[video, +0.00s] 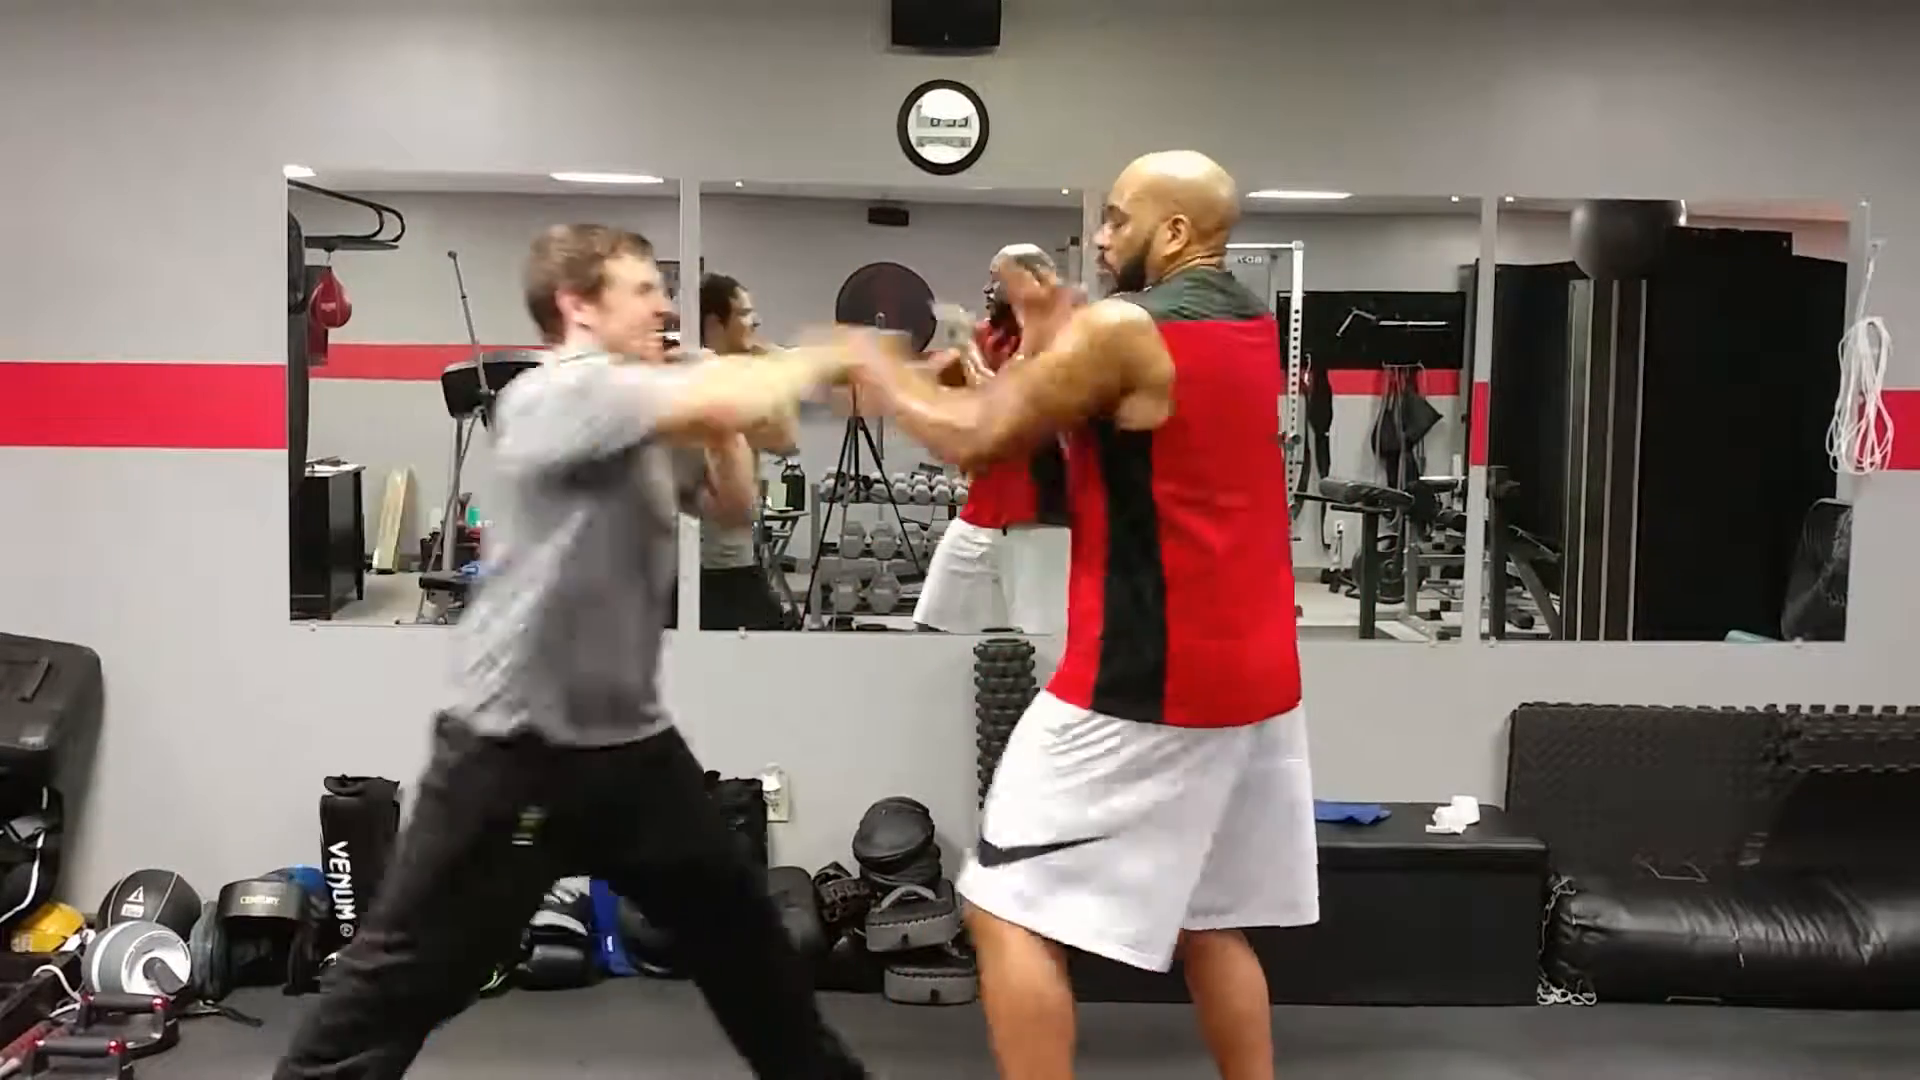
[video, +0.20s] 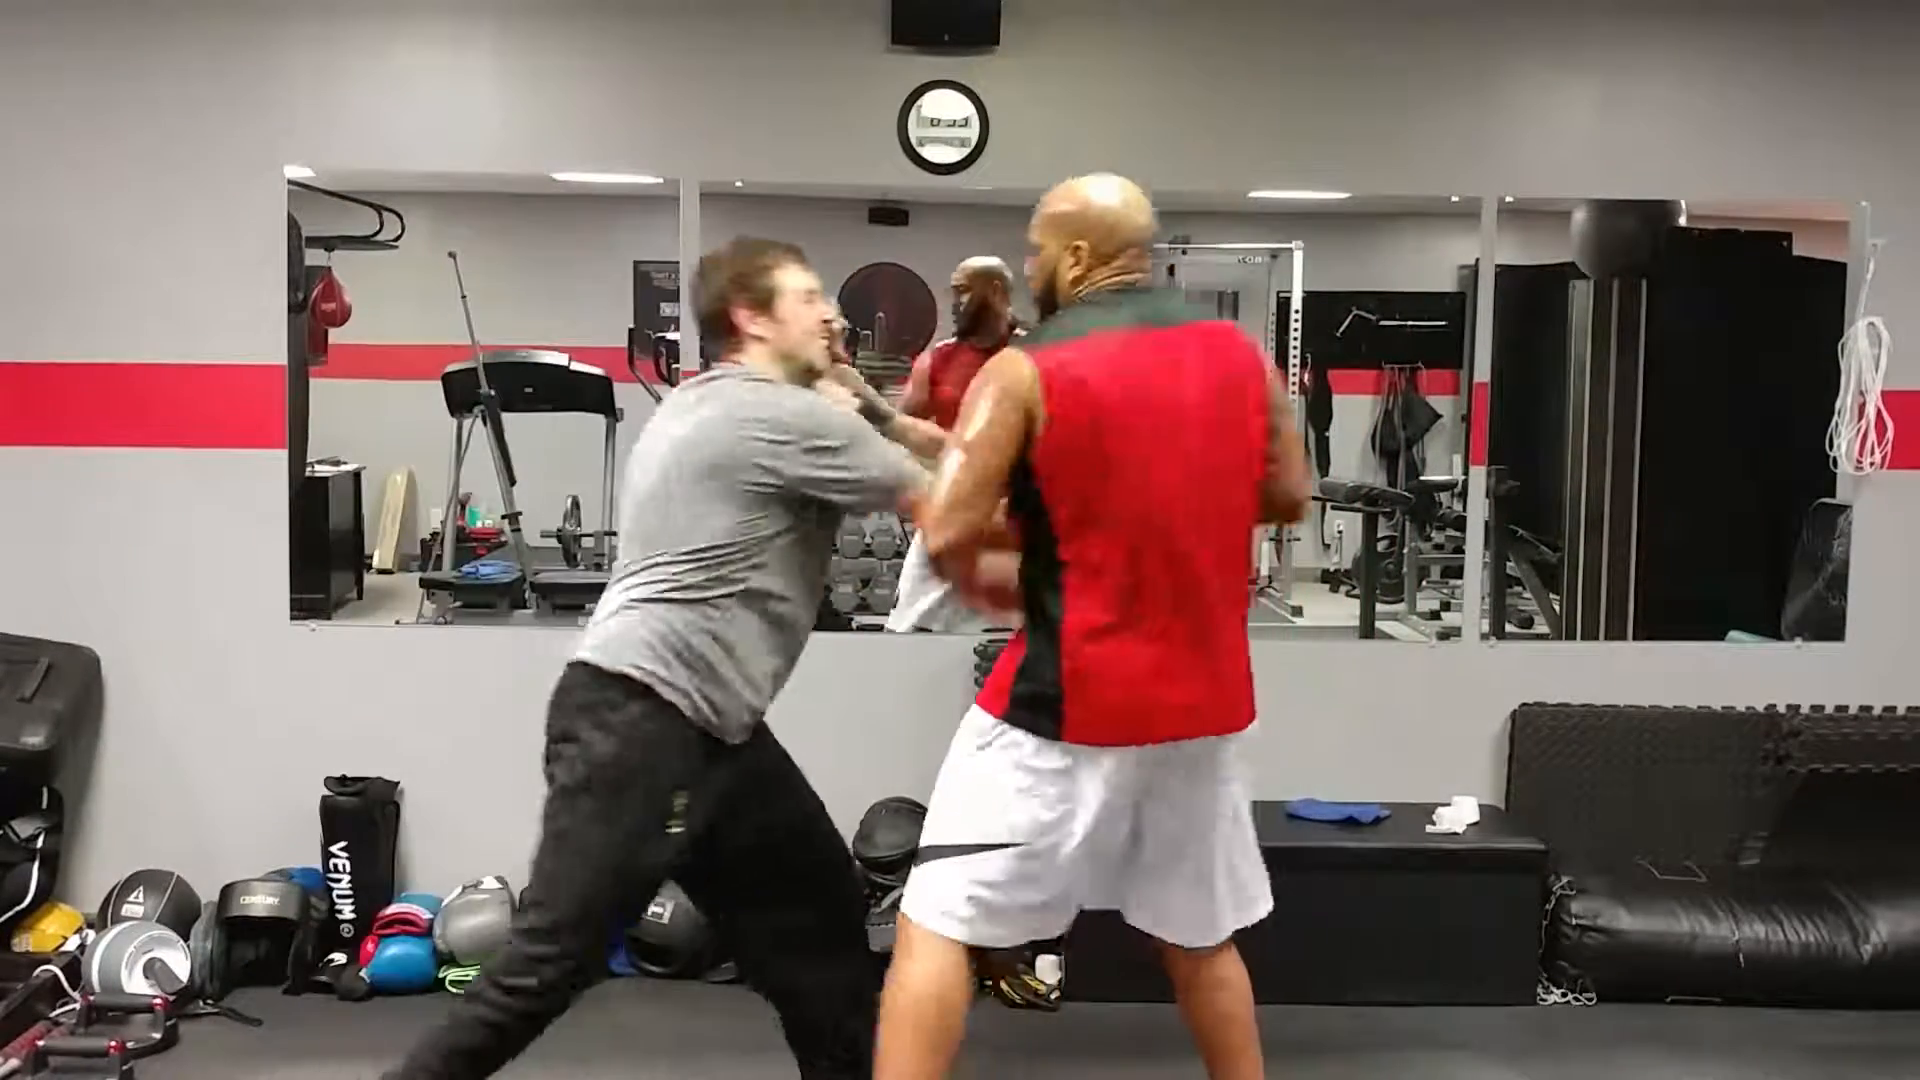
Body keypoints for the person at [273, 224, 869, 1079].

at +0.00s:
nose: (665, 306)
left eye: (662, 289)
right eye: (644, 290)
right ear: (576, 308)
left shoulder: (640, 401)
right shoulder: (549, 397)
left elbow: (732, 509)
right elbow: (722, 393)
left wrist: (729, 405)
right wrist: (824, 359)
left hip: (629, 745)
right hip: (508, 749)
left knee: (744, 944)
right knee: (398, 978)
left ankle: (818, 1075)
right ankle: (310, 1079)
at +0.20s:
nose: (832, 314)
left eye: (826, 297)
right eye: (811, 298)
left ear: (751, 325)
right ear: (750, 319)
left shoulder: (687, 411)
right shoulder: (780, 415)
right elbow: (938, 495)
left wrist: (869, 415)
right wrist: (882, 419)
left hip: (712, 728)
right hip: (636, 713)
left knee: (827, 943)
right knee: (544, 967)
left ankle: (849, 1068)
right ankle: (409, 1074)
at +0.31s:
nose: (880, 329)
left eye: (876, 312)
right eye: (863, 311)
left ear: (799, 327)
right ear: (804, 322)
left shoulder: (738, 402)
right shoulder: (796, 415)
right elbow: (963, 535)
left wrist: (879, 430)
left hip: (711, 711)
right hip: (659, 692)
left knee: (820, 933)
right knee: (606, 957)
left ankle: (840, 1070)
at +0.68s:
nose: (828, 324)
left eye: (830, 306)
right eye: (810, 302)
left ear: (739, 304)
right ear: (743, 298)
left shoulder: (685, 385)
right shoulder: (719, 395)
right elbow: (885, 460)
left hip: (687, 708)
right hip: (621, 706)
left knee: (788, 917)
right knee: (599, 952)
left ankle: (822, 1065)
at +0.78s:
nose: (819, 313)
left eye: (819, 293)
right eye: (800, 291)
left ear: (738, 296)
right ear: (732, 293)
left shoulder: (766, 388)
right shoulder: (681, 379)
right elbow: (821, 430)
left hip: (691, 704)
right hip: (600, 695)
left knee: (783, 932)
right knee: (577, 965)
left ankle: (799, 1065)